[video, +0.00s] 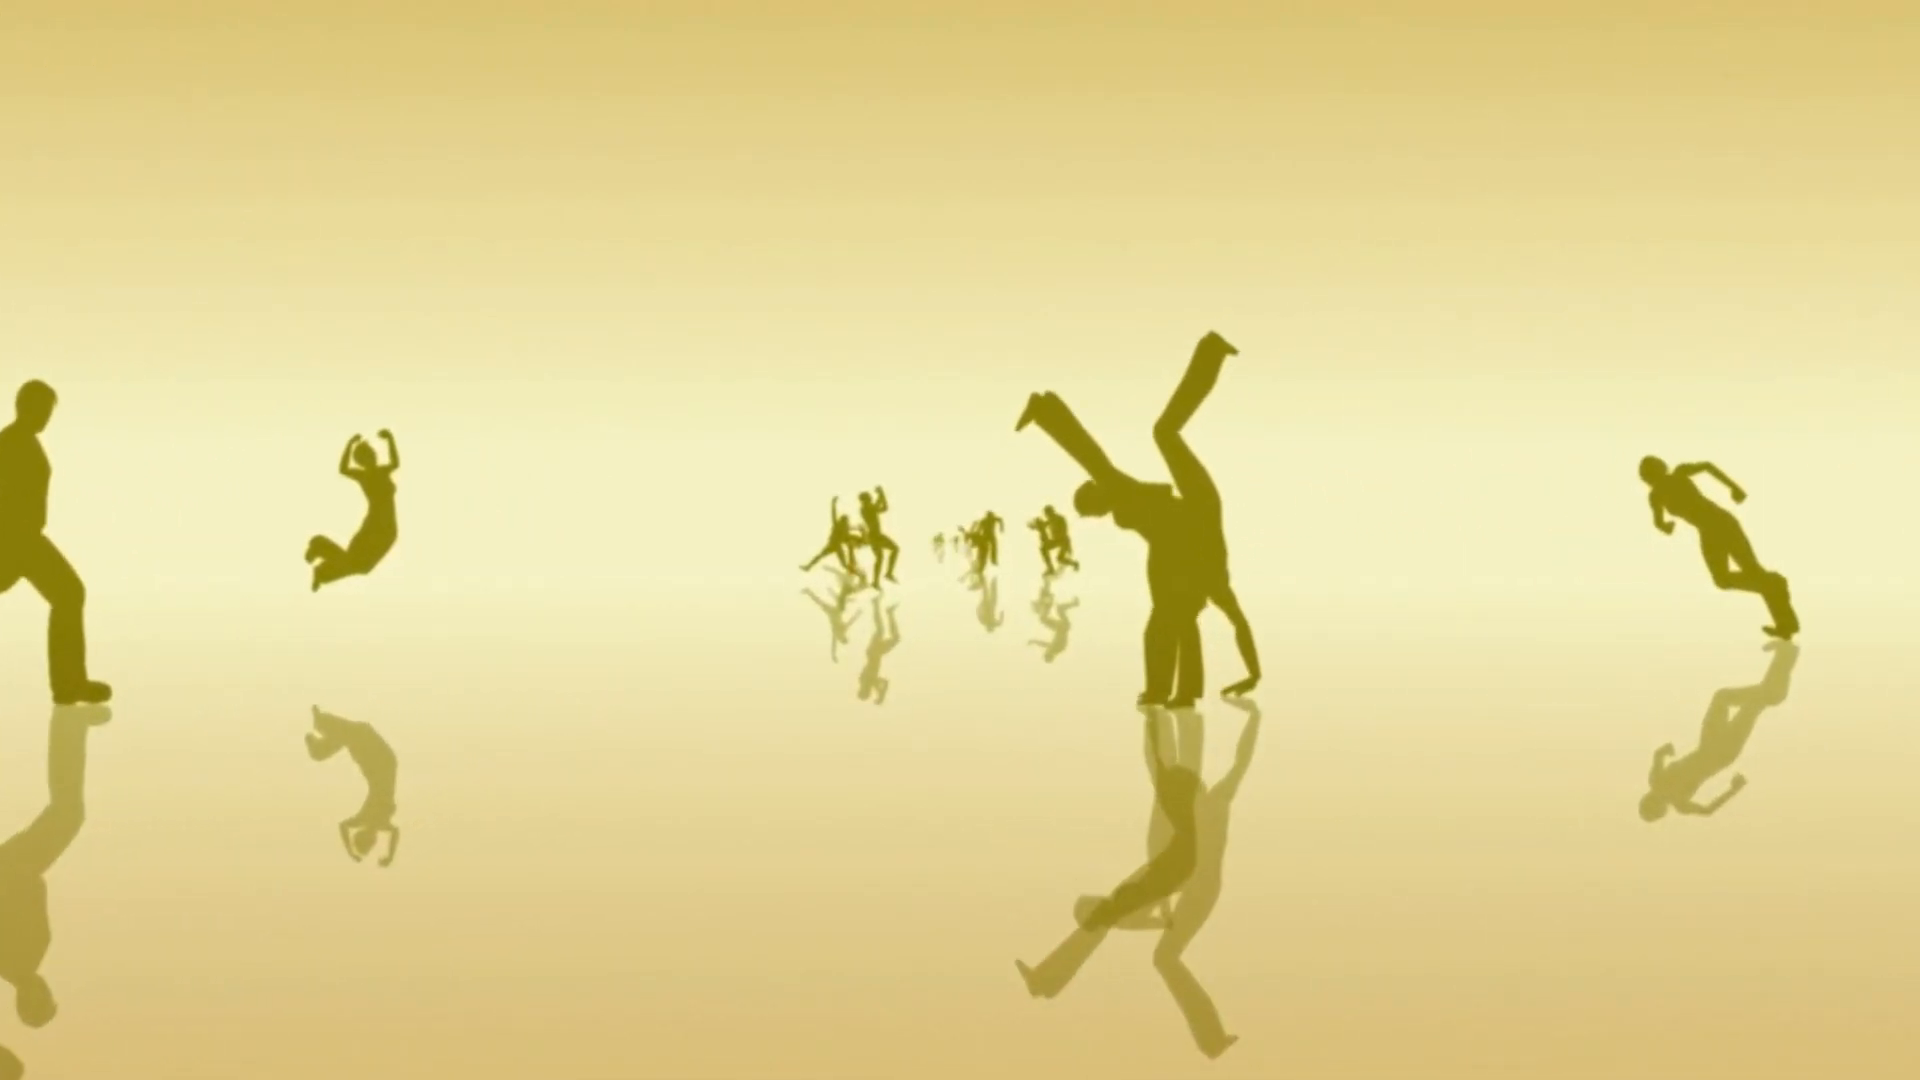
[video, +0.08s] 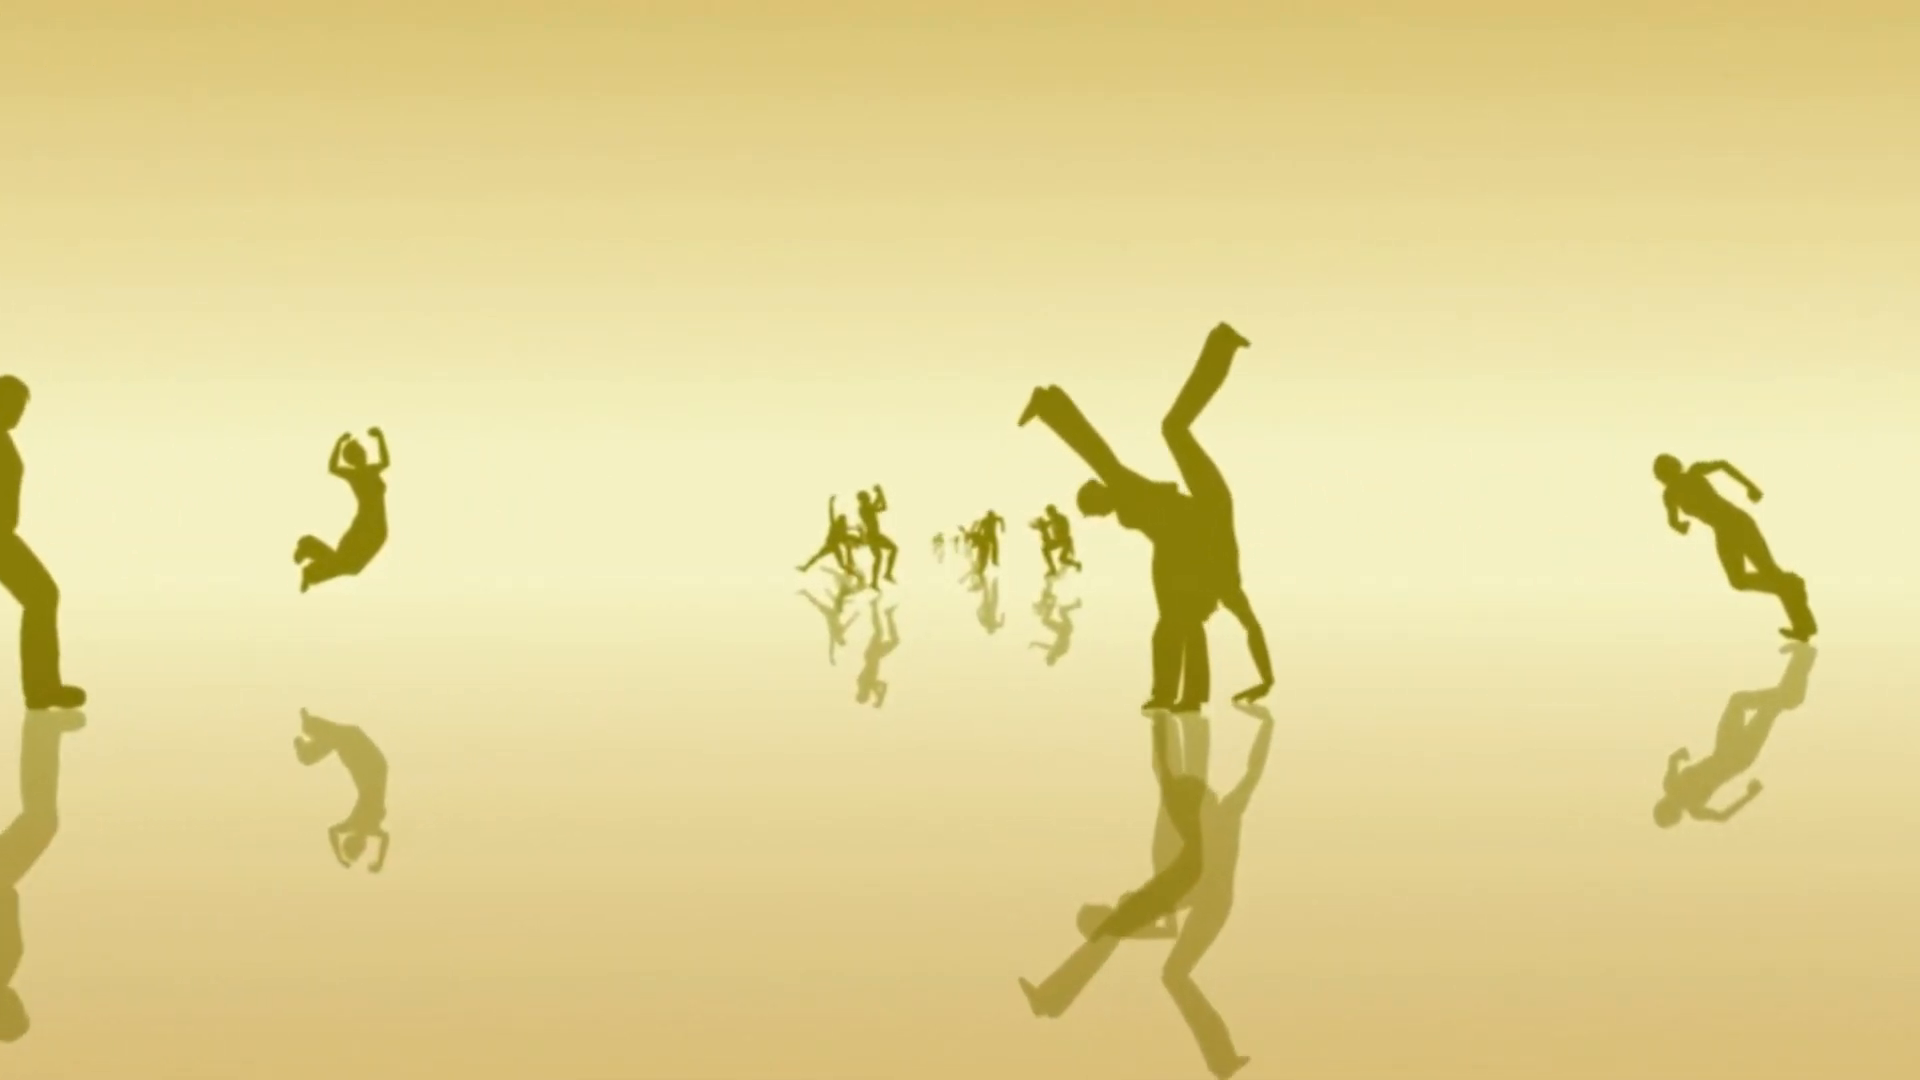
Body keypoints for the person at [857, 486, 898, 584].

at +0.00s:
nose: (869, 500)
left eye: (868, 498)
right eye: (867, 498)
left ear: (865, 499)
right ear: (865, 499)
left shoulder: (868, 508)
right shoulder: (867, 508)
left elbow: (881, 507)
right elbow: (882, 507)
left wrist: (880, 495)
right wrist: (881, 494)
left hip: (874, 534)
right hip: (875, 535)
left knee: (879, 557)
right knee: (894, 548)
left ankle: (875, 581)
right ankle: (889, 573)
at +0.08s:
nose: (867, 499)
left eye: (866, 497)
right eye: (866, 498)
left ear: (863, 499)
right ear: (864, 498)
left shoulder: (866, 507)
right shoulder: (866, 508)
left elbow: (879, 506)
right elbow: (881, 507)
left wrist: (879, 493)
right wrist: (880, 493)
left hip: (873, 534)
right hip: (872, 535)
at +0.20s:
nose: (866, 499)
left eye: (865, 497)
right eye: (864, 497)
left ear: (862, 498)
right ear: (862, 498)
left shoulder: (865, 507)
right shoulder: (865, 508)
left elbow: (878, 505)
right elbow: (881, 507)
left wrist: (878, 493)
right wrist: (879, 493)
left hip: (872, 534)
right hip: (871, 535)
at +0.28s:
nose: (865, 498)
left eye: (864, 496)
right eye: (863, 496)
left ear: (861, 497)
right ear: (860, 497)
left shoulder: (864, 506)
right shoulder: (862, 507)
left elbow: (878, 506)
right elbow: (878, 506)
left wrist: (877, 493)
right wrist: (877, 493)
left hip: (871, 534)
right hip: (869, 535)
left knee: (891, 549)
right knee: (875, 557)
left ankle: (886, 575)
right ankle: (871, 583)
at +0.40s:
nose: (864, 497)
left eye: (862, 495)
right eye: (861, 496)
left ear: (860, 496)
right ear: (859, 497)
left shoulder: (863, 506)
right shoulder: (861, 507)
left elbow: (877, 505)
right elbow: (877, 505)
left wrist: (876, 492)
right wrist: (876, 492)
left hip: (870, 534)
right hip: (868, 534)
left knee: (890, 549)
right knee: (874, 557)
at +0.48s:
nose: (861, 496)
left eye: (860, 494)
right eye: (859, 494)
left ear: (858, 495)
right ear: (857, 495)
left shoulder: (862, 505)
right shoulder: (859, 506)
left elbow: (876, 505)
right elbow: (872, 504)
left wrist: (874, 490)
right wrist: (874, 490)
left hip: (868, 534)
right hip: (867, 535)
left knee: (889, 549)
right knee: (872, 558)